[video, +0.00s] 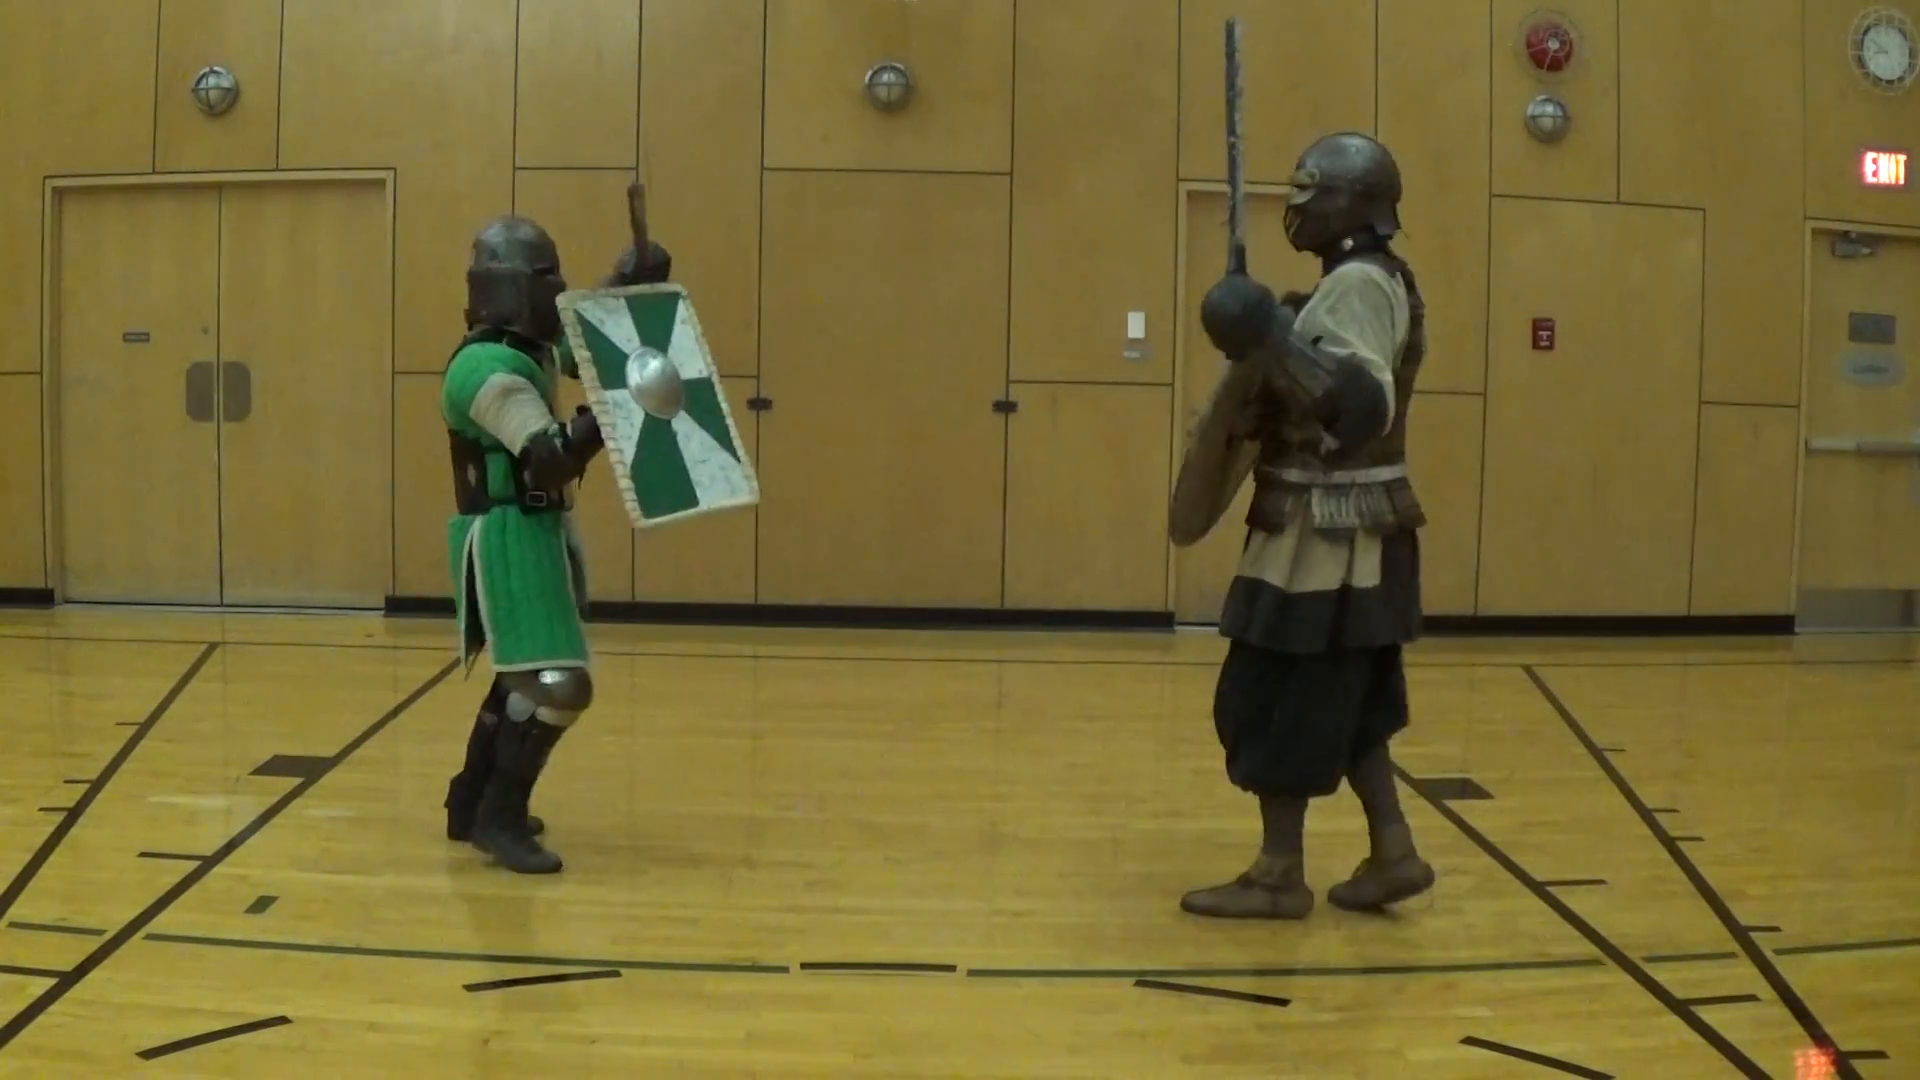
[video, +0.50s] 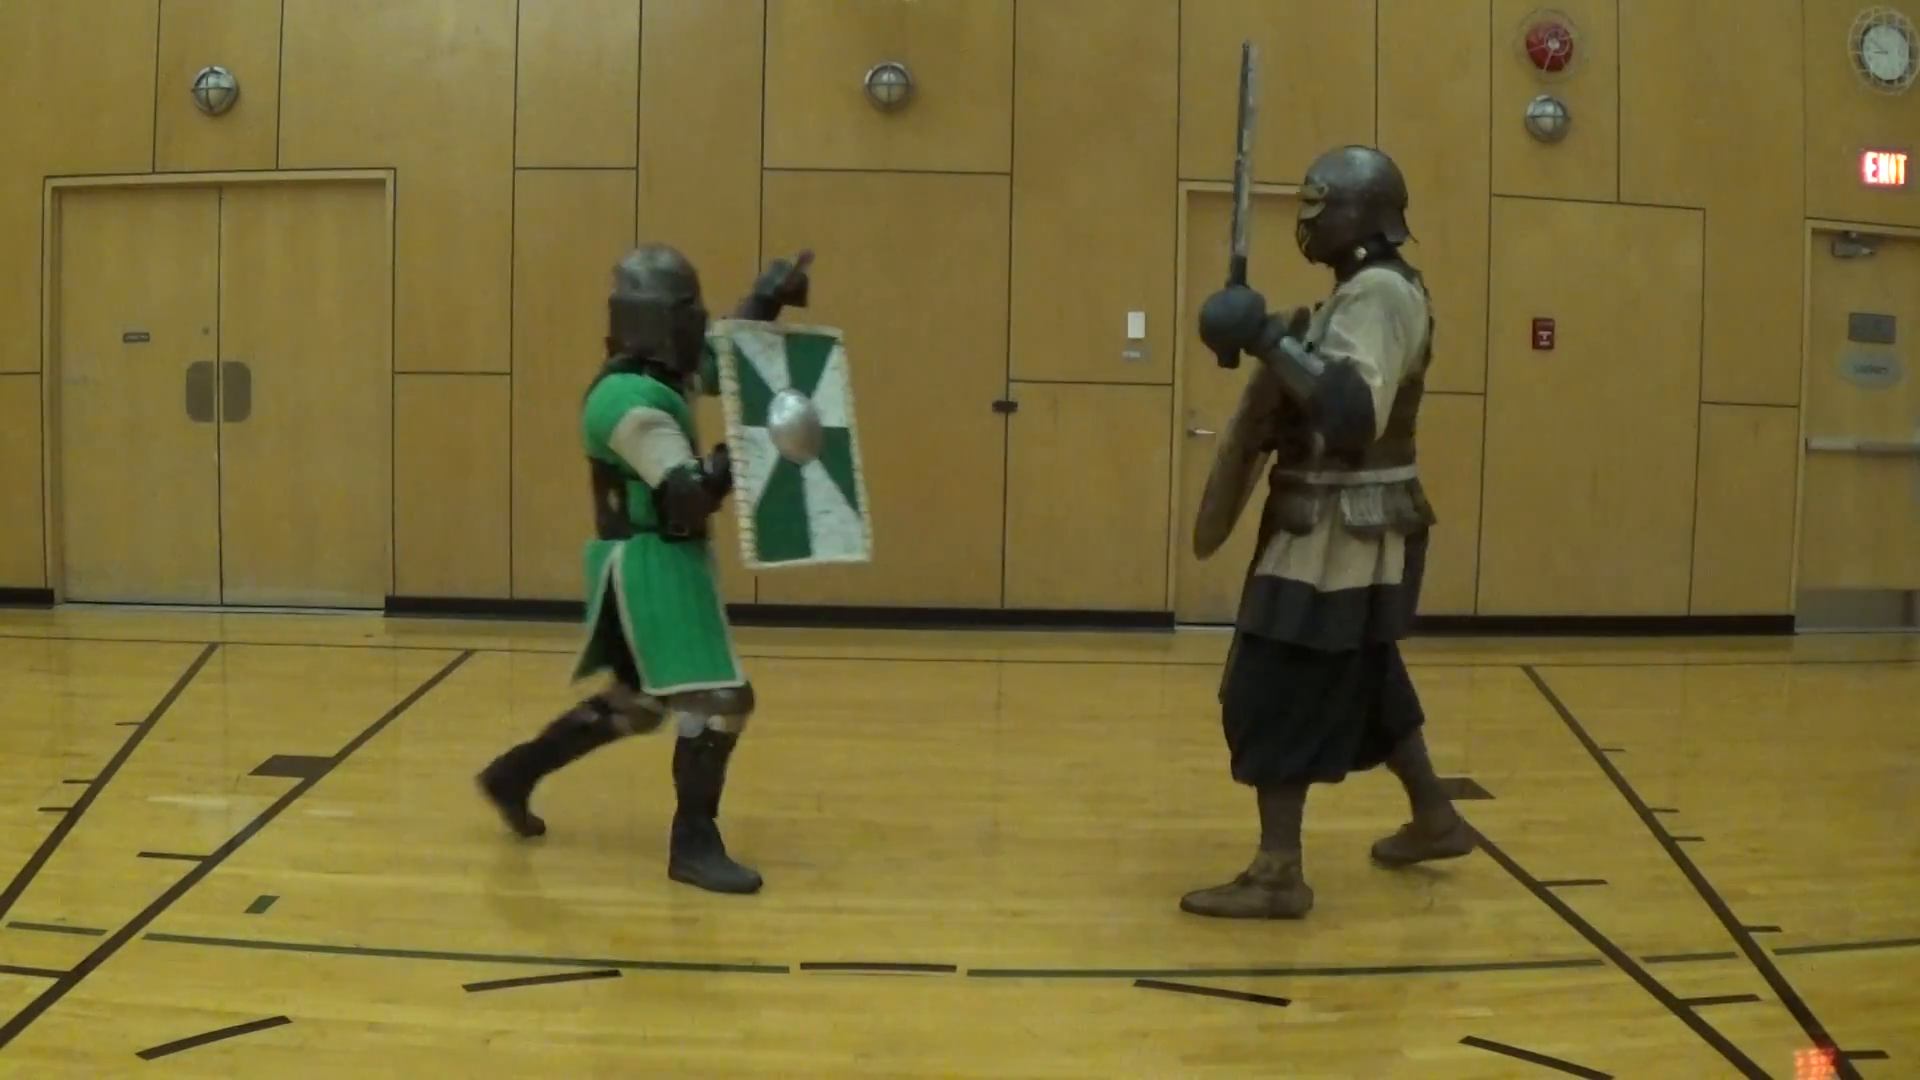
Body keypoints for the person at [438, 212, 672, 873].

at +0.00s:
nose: (556, 293)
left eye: (556, 280)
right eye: (544, 281)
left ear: (500, 290)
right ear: (507, 288)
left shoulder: (532, 355)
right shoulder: (486, 367)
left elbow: (600, 344)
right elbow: (549, 458)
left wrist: (628, 291)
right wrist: (618, 400)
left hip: (536, 527)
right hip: (508, 532)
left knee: (527, 674)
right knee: (559, 684)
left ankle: (474, 800)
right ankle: (501, 818)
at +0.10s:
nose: (575, 294)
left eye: (572, 281)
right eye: (562, 283)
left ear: (522, 296)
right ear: (523, 294)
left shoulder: (550, 360)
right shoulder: (501, 371)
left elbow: (621, 359)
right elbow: (557, 467)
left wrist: (652, 302)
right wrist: (619, 414)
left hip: (547, 531)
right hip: (517, 536)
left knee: (535, 672)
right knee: (587, 680)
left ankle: (473, 798)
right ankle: (543, 816)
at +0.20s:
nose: (598, 303)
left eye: (595, 290)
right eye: (586, 292)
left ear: (542, 299)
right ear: (554, 299)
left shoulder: (564, 363)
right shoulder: (526, 375)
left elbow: (631, 354)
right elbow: (576, 470)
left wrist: (667, 303)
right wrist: (633, 426)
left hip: (555, 539)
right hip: (538, 543)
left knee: (539, 680)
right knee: (601, 684)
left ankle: (473, 800)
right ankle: (614, 834)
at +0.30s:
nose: (628, 306)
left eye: (624, 294)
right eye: (615, 294)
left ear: (563, 306)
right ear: (580, 304)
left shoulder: (590, 369)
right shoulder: (553, 380)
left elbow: (650, 355)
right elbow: (604, 476)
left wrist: (692, 304)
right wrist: (669, 428)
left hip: (569, 545)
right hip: (566, 549)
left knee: (545, 685)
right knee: (628, 691)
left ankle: (474, 800)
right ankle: (667, 833)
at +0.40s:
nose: (659, 318)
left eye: (655, 306)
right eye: (649, 307)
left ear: (597, 316)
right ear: (621, 316)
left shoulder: (622, 376)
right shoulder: (589, 391)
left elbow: (687, 364)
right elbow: (643, 486)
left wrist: (721, 309)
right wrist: (707, 434)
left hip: (595, 556)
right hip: (609, 558)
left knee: (566, 689)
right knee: (671, 696)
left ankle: (477, 796)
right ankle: (689, 842)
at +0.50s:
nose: (698, 324)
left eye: (694, 312)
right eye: (689, 313)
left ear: (632, 320)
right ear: (664, 322)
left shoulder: (659, 380)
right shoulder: (629, 399)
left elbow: (725, 362)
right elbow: (687, 499)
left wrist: (762, 306)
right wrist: (755, 440)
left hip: (651, 562)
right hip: (653, 564)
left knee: (643, 702)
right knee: (719, 701)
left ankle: (514, 773)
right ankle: (695, 847)